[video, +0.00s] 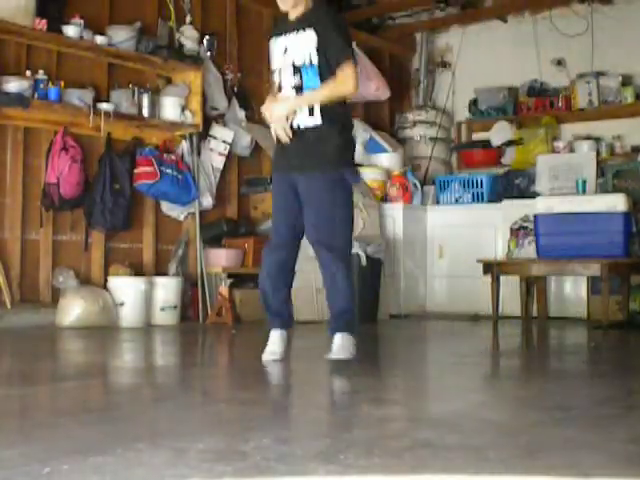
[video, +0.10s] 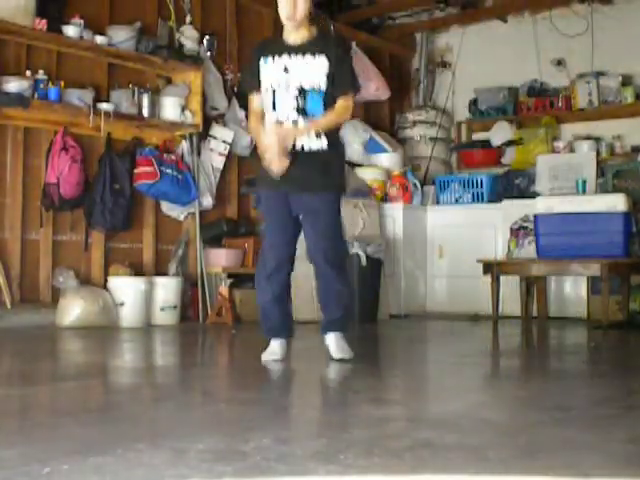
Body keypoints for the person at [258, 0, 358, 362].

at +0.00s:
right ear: (278, 1)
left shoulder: (326, 20)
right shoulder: (278, 29)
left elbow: (348, 83)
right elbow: (280, 84)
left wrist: (293, 102)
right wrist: (272, 107)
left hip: (325, 157)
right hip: (287, 157)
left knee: (330, 247)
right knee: (280, 246)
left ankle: (343, 331)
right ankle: (278, 326)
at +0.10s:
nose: (290, 6)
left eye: (297, 0)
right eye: (285, 0)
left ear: (311, 5)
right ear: (277, 5)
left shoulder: (333, 47)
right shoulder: (262, 52)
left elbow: (344, 110)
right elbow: (254, 115)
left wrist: (299, 130)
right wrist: (267, 147)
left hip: (318, 174)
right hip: (275, 175)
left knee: (327, 255)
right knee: (274, 258)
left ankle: (334, 330)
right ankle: (277, 335)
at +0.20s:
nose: (302, 14)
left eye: (310, 8)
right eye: (296, 7)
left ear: (319, 16)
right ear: (285, 12)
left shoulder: (334, 61)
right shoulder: (261, 56)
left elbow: (338, 119)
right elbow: (246, 117)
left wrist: (327, 162)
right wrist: (239, 167)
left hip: (314, 170)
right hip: (269, 169)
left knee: (325, 255)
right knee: (274, 257)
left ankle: (311, 325)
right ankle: (276, 336)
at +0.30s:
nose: (314, 14)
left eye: (320, 9)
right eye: (308, 6)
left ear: (326, 15)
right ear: (294, 8)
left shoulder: (335, 59)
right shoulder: (267, 49)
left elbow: (356, 111)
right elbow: (232, 98)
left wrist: (378, 152)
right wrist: (206, 140)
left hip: (313, 171)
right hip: (272, 168)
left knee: (319, 263)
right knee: (274, 254)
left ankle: (294, 319)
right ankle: (268, 337)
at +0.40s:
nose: (324, 25)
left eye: (329, 20)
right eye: (318, 18)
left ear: (333, 26)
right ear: (302, 21)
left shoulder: (339, 69)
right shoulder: (273, 50)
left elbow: (373, 103)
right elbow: (229, 72)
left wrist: (407, 133)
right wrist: (193, 91)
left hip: (309, 175)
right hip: (269, 167)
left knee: (306, 256)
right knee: (262, 249)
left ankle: (283, 322)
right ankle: (249, 332)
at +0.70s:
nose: (328, 44)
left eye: (333, 39)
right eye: (324, 37)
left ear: (336, 39)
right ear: (308, 31)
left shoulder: (336, 70)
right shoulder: (279, 57)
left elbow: (355, 113)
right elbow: (234, 79)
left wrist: (371, 150)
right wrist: (211, 108)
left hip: (315, 177)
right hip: (278, 173)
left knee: (305, 253)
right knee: (265, 246)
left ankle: (291, 318)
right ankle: (252, 310)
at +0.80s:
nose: (325, 59)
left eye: (330, 53)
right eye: (321, 51)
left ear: (333, 53)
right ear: (305, 46)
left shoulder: (330, 81)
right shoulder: (283, 74)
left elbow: (337, 126)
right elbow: (273, 128)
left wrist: (345, 170)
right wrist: (283, 175)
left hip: (314, 171)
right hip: (282, 169)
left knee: (318, 250)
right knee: (278, 250)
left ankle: (310, 318)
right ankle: (268, 318)